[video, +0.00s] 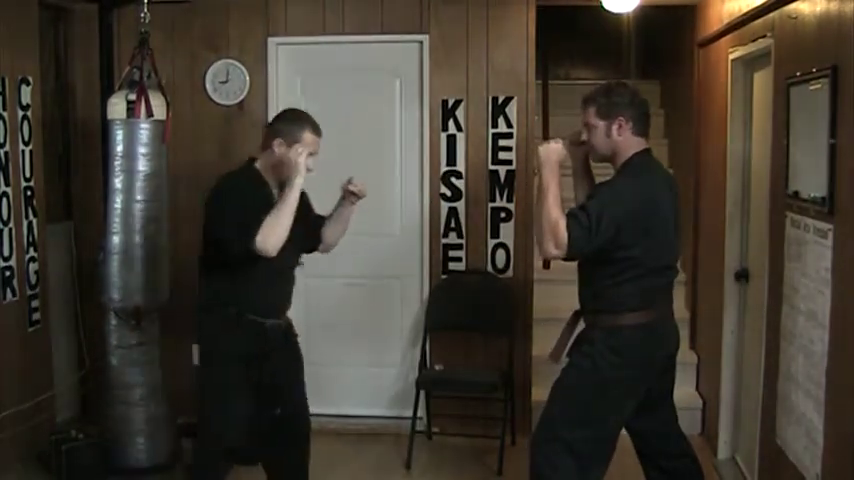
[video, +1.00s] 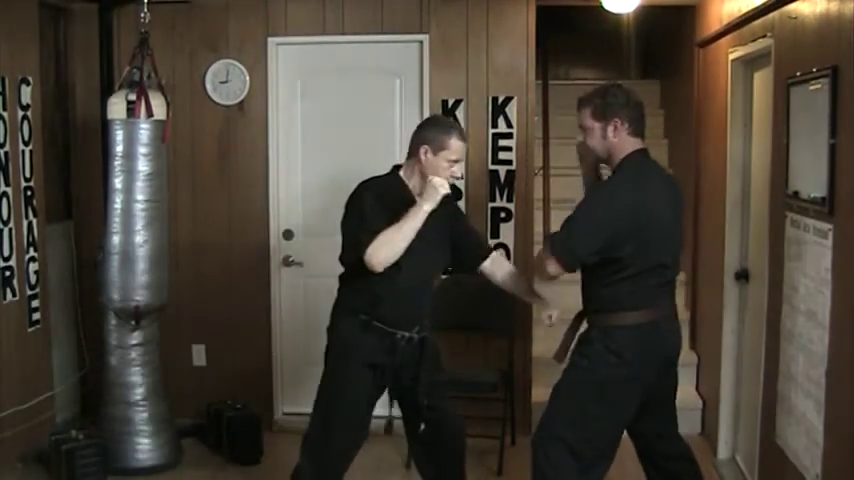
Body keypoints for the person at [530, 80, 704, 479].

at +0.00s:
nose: (585, 137)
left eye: (590, 127)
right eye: (584, 128)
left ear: (620, 126)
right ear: (625, 127)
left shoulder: (627, 187)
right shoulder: (659, 180)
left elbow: (558, 243)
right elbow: (596, 224)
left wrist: (549, 170)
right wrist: (581, 164)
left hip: (617, 343)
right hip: (654, 336)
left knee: (556, 452)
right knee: (664, 449)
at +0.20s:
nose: (585, 137)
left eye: (589, 127)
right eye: (584, 128)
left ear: (619, 126)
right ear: (625, 127)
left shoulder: (626, 187)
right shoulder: (659, 180)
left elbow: (558, 243)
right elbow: (595, 224)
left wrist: (548, 171)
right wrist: (581, 163)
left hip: (616, 343)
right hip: (655, 336)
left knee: (556, 452)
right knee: (664, 448)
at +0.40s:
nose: (585, 136)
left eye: (589, 127)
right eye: (584, 127)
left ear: (620, 126)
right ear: (625, 127)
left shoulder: (626, 187)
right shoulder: (659, 179)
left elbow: (557, 243)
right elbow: (598, 222)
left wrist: (548, 170)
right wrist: (583, 162)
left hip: (617, 343)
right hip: (655, 336)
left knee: (556, 451)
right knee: (664, 448)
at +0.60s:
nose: (584, 137)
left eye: (588, 127)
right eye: (583, 127)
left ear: (617, 126)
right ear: (625, 126)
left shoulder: (619, 189)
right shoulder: (664, 181)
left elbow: (550, 247)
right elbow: (602, 225)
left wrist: (544, 180)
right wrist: (588, 166)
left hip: (616, 343)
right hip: (658, 336)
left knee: (556, 451)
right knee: (665, 447)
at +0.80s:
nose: (585, 139)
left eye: (588, 128)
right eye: (585, 128)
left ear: (617, 126)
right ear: (627, 126)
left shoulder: (616, 190)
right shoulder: (666, 181)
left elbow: (545, 258)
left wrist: (541, 290)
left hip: (617, 343)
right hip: (661, 338)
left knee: (557, 450)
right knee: (664, 447)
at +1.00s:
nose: (582, 140)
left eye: (586, 130)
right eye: (582, 130)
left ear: (615, 127)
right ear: (624, 127)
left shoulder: (616, 191)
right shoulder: (665, 184)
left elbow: (553, 263)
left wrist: (550, 245)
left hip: (618, 342)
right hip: (660, 336)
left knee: (557, 448)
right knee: (662, 447)